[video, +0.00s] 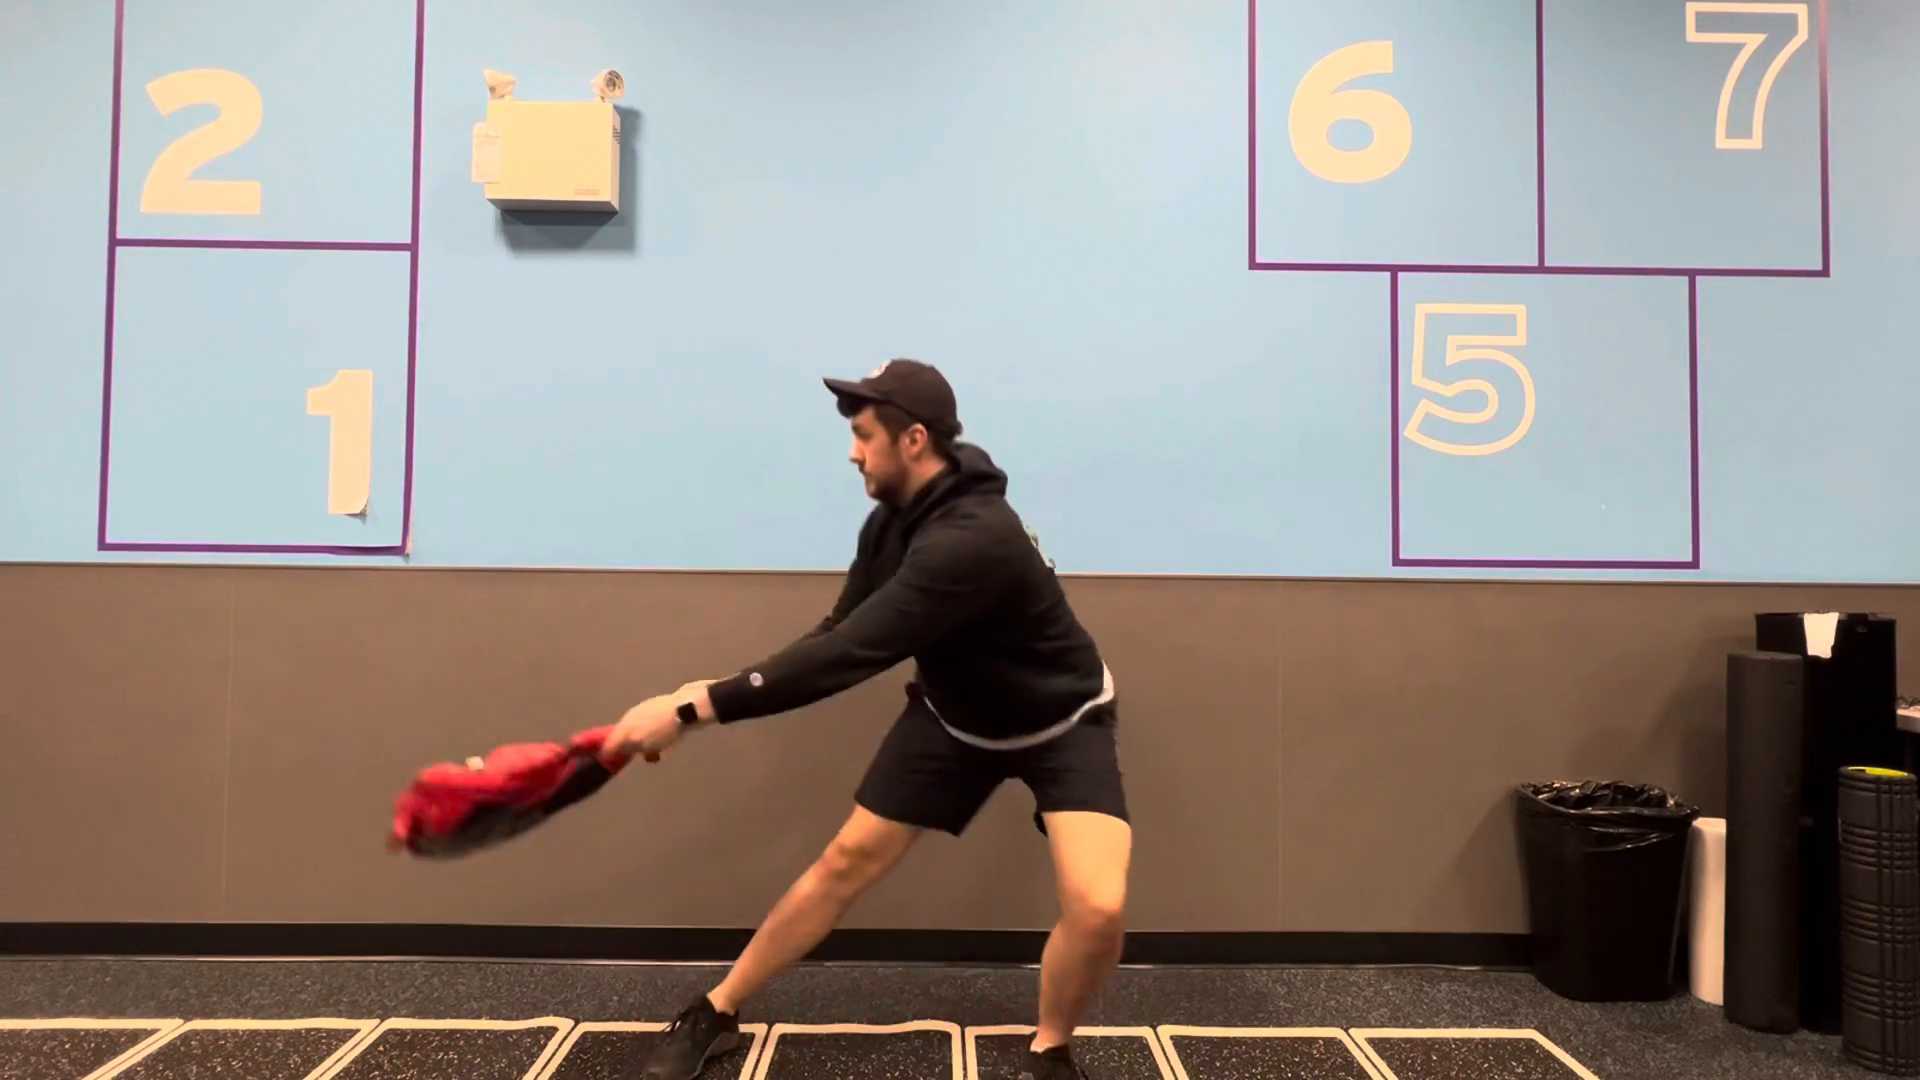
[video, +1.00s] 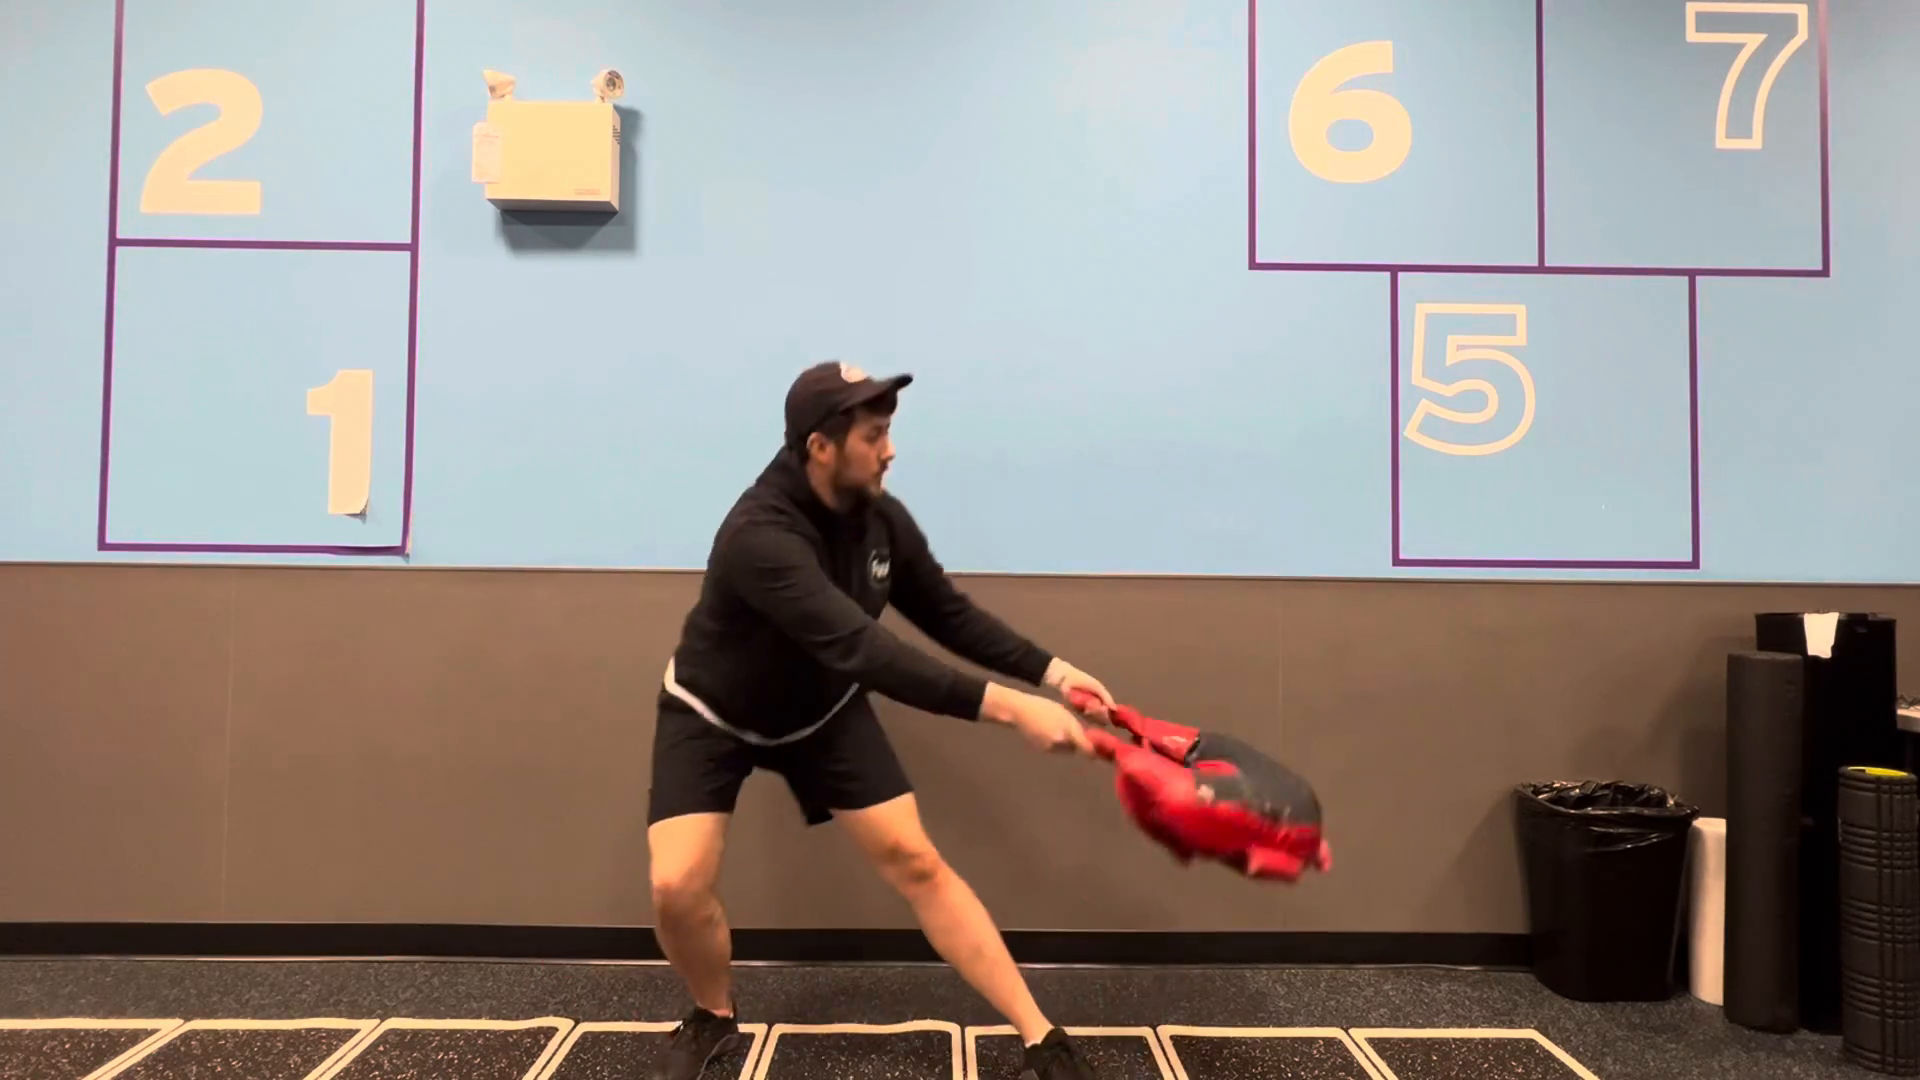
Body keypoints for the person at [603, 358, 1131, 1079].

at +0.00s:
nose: (854, 453)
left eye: (865, 436)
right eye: (854, 436)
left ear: (916, 440)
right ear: (904, 441)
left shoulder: (972, 537)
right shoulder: (893, 521)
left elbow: (852, 654)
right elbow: (838, 636)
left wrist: (692, 708)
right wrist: (701, 702)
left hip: (1064, 718)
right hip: (951, 712)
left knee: (1100, 906)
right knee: (847, 858)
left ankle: (1051, 1051)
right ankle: (716, 1011)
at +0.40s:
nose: (878, 430)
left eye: (891, 414)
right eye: (878, 414)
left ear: (947, 419)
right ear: (938, 419)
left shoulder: (1003, 522)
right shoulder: (896, 512)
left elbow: (909, 655)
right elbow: (861, 617)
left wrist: (773, 735)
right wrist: (765, 684)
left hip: (1061, 715)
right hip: (947, 711)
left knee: (1098, 902)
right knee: (841, 861)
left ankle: (1051, 1051)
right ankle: (717, 1013)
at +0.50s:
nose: (887, 395)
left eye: (903, 380)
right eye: (882, 380)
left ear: (958, 382)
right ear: (882, 383)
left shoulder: (1013, 486)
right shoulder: (881, 480)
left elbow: (965, 635)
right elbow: (844, 591)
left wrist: (865, 748)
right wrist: (769, 683)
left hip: (1037, 690)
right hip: (924, 684)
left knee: (1082, 878)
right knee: (826, 845)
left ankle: (1050, 1048)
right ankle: (716, 1013)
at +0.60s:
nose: (901, 368)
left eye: (917, 348)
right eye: (885, 353)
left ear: (954, 347)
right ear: (870, 360)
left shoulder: (1011, 452)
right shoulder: (852, 453)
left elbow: (999, 601)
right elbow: (808, 579)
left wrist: (967, 729)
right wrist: (768, 702)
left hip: (1004, 669)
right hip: (886, 668)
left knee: (1060, 845)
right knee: (805, 841)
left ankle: (1049, 1046)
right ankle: (723, 1009)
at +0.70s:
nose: (912, 355)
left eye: (922, 336)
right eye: (892, 340)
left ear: (938, 339)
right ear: (854, 348)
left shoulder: (984, 435)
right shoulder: (813, 449)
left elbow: (1021, 567)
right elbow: (789, 596)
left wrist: (1056, 690)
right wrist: (826, 730)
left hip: (965, 655)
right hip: (845, 662)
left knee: (1016, 829)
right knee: (765, 832)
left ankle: (1038, 1032)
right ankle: (719, 1009)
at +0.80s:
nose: (910, 373)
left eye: (914, 356)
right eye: (891, 361)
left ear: (920, 356)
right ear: (839, 370)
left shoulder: (941, 445)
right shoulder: (790, 466)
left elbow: (1007, 561)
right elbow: (811, 620)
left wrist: (1083, 655)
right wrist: (906, 727)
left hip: (912, 659)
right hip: (793, 663)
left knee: (973, 824)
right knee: (719, 842)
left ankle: (1043, 1036)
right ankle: (715, 1010)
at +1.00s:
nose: (889, 450)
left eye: (887, 433)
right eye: (872, 436)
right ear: (818, 447)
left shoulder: (880, 518)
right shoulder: (760, 538)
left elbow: (946, 610)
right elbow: (867, 654)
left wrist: (1054, 671)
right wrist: (1011, 706)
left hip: (827, 706)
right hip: (712, 711)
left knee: (914, 860)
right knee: (675, 886)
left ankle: (1042, 1039)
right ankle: (713, 1017)